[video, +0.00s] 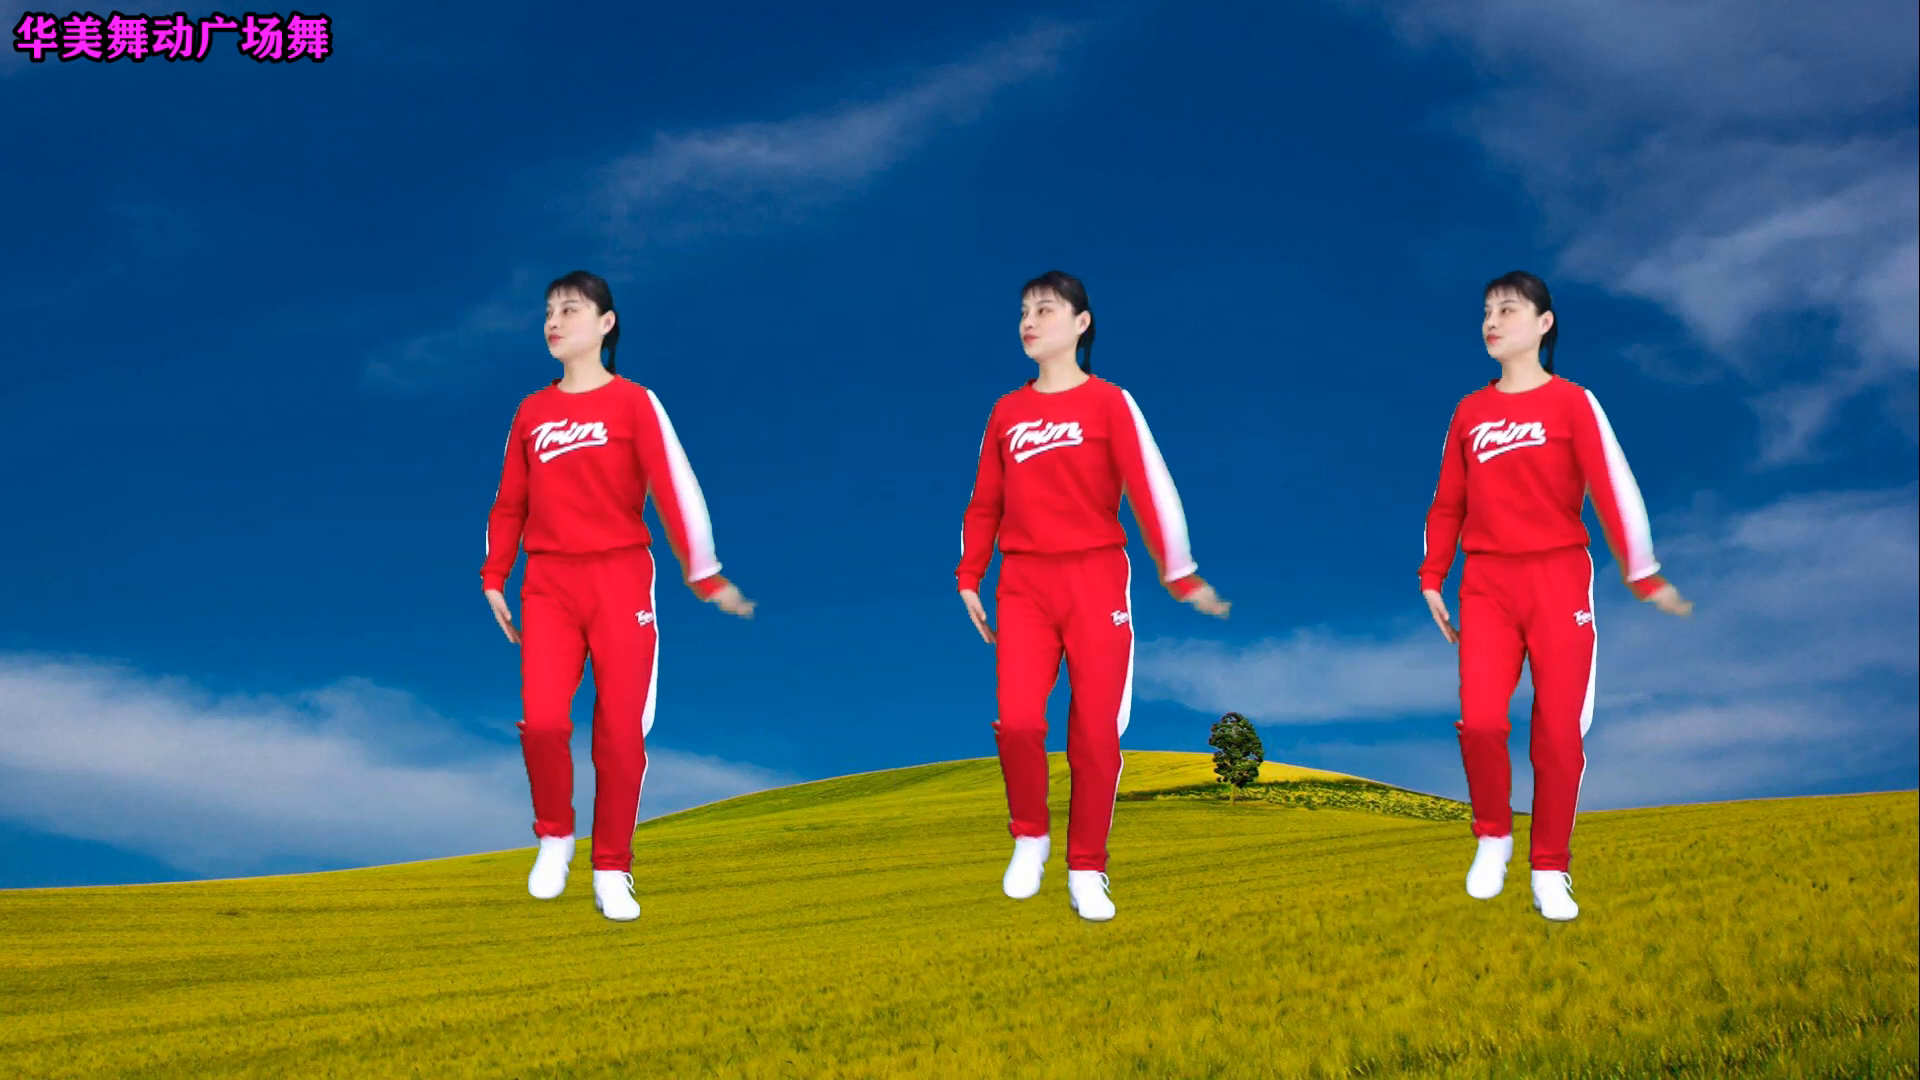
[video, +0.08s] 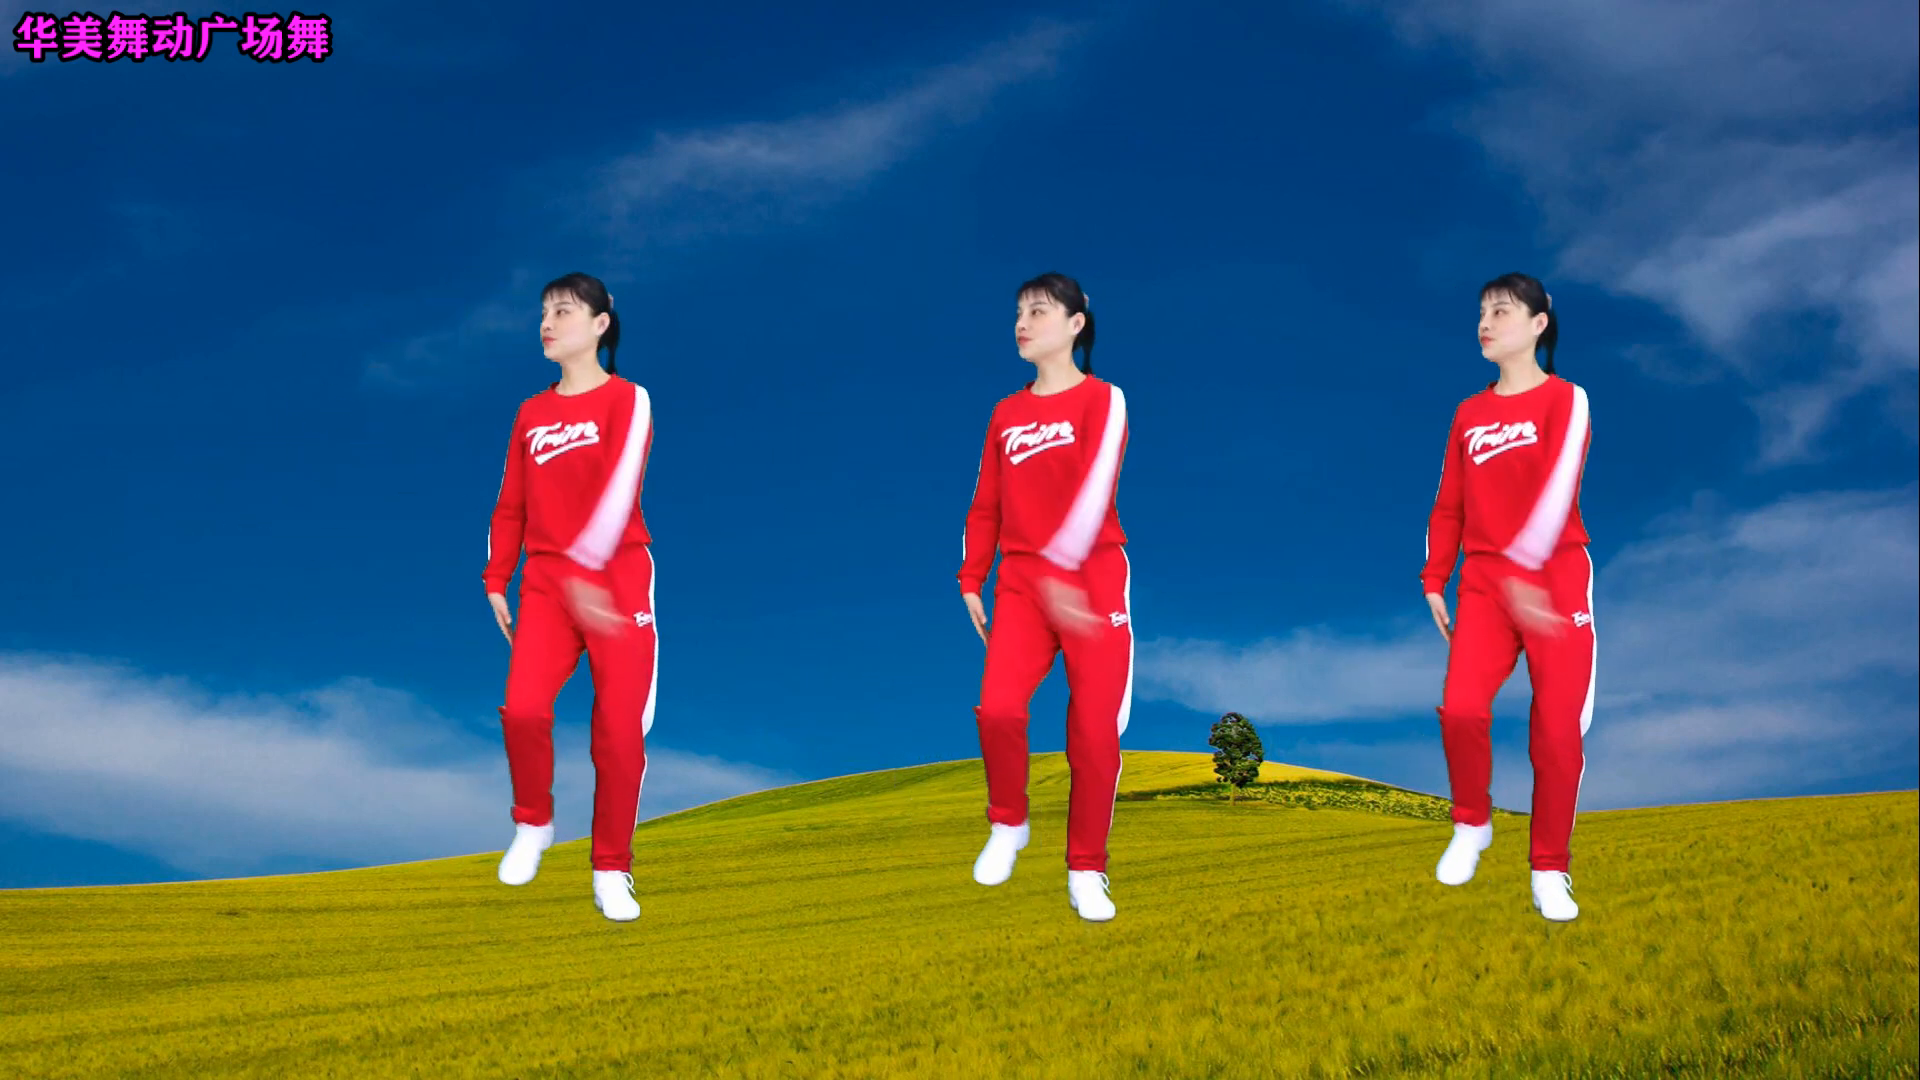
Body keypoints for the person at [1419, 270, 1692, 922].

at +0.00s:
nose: (1492, 321)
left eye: (1508, 310)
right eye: (1488, 313)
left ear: (1543, 324)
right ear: (1485, 331)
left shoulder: (1571, 401)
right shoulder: (1470, 413)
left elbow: (1612, 485)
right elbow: (1448, 502)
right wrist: (1431, 575)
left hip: (1560, 578)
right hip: (1486, 581)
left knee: (1559, 728)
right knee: (1479, 722)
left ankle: (1550, 868)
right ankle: (1493, 834)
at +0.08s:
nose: (1486, 322)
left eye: (1501, 312)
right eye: (1483, 314)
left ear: (1538, 324)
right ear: (1482, 330)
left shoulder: (1565, 399)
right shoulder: (1470, 413)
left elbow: (1560, 489)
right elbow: (1449, 503)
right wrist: (1434, 576)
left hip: (1557, 577)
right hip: (1487, 579)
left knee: (1557, 729)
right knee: (1460, 709)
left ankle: (1550, 867)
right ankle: (1470, 821)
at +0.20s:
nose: (1475, 305)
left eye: (1490, 293)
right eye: (1472, 297)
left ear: (1529, 303)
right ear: (1471, 314)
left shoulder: (1558, 369)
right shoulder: (1456, 393)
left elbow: (1494, 386)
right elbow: (1442, 485)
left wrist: (1407, 407)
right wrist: (1430, 560)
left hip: (1542, 557)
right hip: (1469, 561)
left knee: (1547, 716)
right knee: (1431, 698)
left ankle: (1552, 864)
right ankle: (1422, 829)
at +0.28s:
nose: (1467, 293)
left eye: (1482, 282)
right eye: (1463, 286)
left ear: (1520, 294)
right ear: (1462, 299)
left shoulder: (1547, 357)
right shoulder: (1448, 385)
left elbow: (1487, 331)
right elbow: (1430, 475)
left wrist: (1406, 316)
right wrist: (1418, 554)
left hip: (1528, 551)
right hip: (1456, 554)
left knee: (1540, 714)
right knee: (1414, 705)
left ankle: (1553, 861)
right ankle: (1387, 845)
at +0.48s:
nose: (1431, 313)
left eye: (1446, 302)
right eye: (1428, 306)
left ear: (1483, 316)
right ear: (1427, 323)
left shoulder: (1502, 385)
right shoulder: (1404, 399)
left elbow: (1507, 308)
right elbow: (1379, 492)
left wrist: (1470, 229)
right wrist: (1369, 573)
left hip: (1477, 568)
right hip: (1402, 573)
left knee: (1512, 724)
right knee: (1380, 737)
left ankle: (1548, 862)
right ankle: (1362, 866)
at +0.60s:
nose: (1412, 313)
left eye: (1427, 304)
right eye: (1407, 305)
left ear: (1461, 317)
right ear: (1400, 320)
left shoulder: (1476, 388)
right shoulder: (1375, 391)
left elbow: (1518, 340)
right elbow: (1344, 479)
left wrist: (1522, 252)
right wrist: (1334, 558)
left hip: (1438, 563)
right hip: (1368, 568)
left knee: (1466, 720)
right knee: (1359, 733)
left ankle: (1523, 850)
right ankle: (1362, 866)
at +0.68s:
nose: (1407, 317)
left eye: (1421, 307)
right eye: (1398, 308)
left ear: (1447, 323)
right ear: (1388, 324)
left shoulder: (1465, 394)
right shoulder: (1360, 398)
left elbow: (1519, 382)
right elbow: (1327, 482)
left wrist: (1552, 311)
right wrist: (1309, 559)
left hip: (1425, 570)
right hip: (1355, 570)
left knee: (1418, 720)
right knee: (1351, 728)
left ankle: (1480, 822)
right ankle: (1360, 863)